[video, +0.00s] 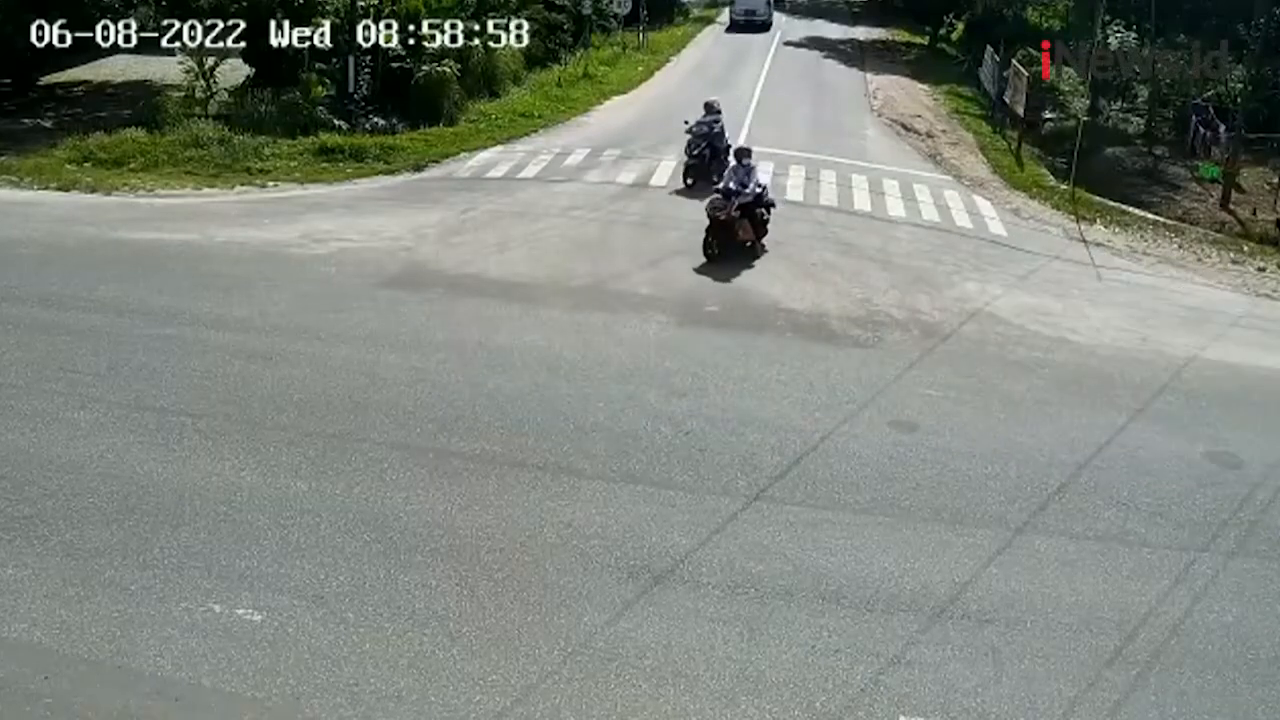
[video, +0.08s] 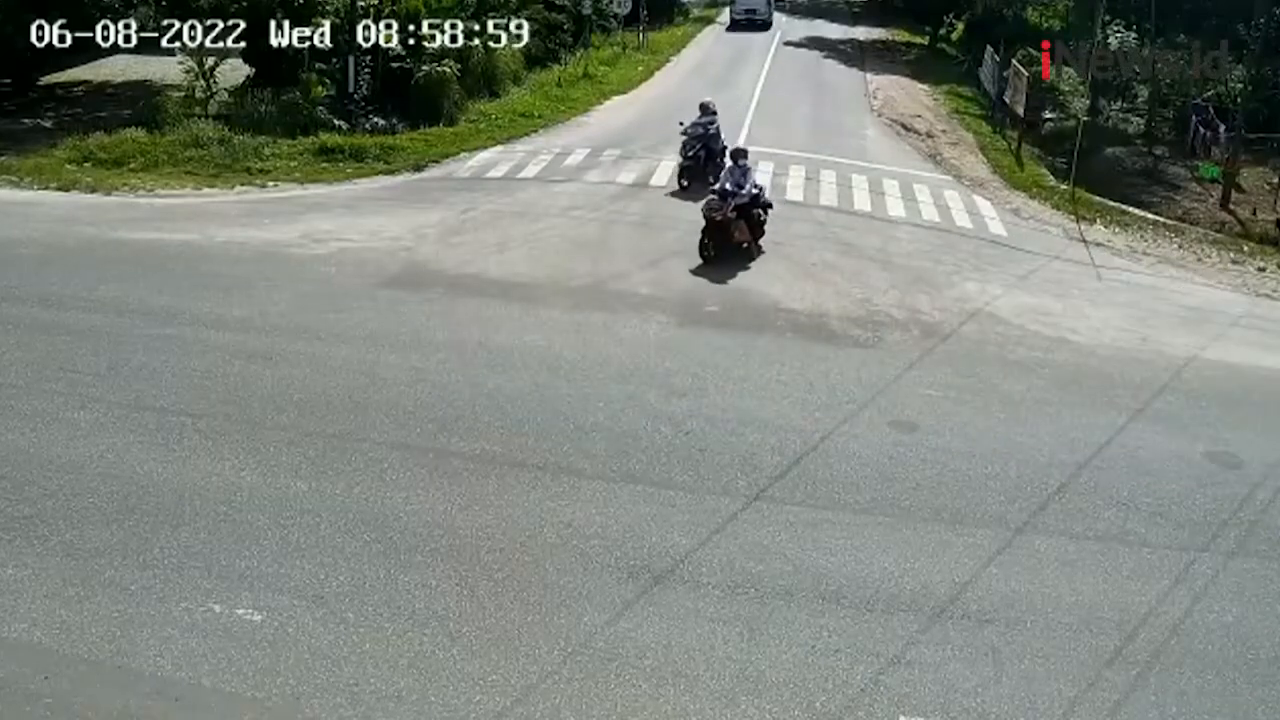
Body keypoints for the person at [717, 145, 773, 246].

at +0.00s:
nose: (747, 160)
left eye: (749, 157)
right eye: (744, 158)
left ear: (750, 158)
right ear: (739, 158)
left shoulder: (752, 169)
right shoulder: (733, 169)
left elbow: (752, 184)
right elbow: (725, 182)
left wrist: (746, 191)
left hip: (748, 197)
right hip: (733, 196)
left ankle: (757, 241)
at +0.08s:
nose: (743, 161)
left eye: (745, 158)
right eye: (740, 159)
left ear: (746, 159)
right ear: (735, 159)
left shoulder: (748, 170)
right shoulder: (729, 170)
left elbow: (749, 185)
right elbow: (722, 183)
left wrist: (742, 192)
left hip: (744, 201)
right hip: (729, 200)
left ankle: (754, 241)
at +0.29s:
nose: (729, 164)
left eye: (731, 160)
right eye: (727, 161)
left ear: (735, 160)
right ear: (722, 161)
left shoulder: (738, 173)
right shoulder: (719, 173)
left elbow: (739, 185)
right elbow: (711, 185)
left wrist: (732, 194)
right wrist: (706, 191)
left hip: (735, 204)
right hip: (720, 204)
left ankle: (744, 244)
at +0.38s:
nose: (721, 165)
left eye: (724, 162)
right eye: (719, 162)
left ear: (728, 162)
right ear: (716, 163)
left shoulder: (733, 174)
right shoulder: (715, 174)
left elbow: (734, 188)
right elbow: (707, 185)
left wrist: (727, 196)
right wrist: (701, 192)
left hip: (729, 203)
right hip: (716, 203)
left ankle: (738, 246)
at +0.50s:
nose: (710, 166)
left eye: (713, 163)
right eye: (709, 163)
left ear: (719, 164)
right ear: (707, 164)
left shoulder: (724, 176)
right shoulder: (707, 174)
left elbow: (725, 190)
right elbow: (699, 186)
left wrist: (718, 198)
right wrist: (692, 194)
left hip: (720, 201)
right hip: (707, 198)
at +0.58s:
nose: (703, 168)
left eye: (706, 165)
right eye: (702, 164)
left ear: (712, 166)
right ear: (701, 165)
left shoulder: (718, 178)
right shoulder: (700, 175)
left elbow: (718, 193)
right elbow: (693, 187)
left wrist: (710, 201)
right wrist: (685, 195)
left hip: (714, 206)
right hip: (699, 203)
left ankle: (719, 250)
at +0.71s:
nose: (692, 168)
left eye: (694, 166)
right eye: (691, 165)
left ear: (701, 167)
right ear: (691, 167)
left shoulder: (708, 179)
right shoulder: (689, 178)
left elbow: (707, 194)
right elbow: (682, 190)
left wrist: (696, 203)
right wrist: (674, 198)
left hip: (708, 207)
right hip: (693, 207)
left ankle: (713, 252)